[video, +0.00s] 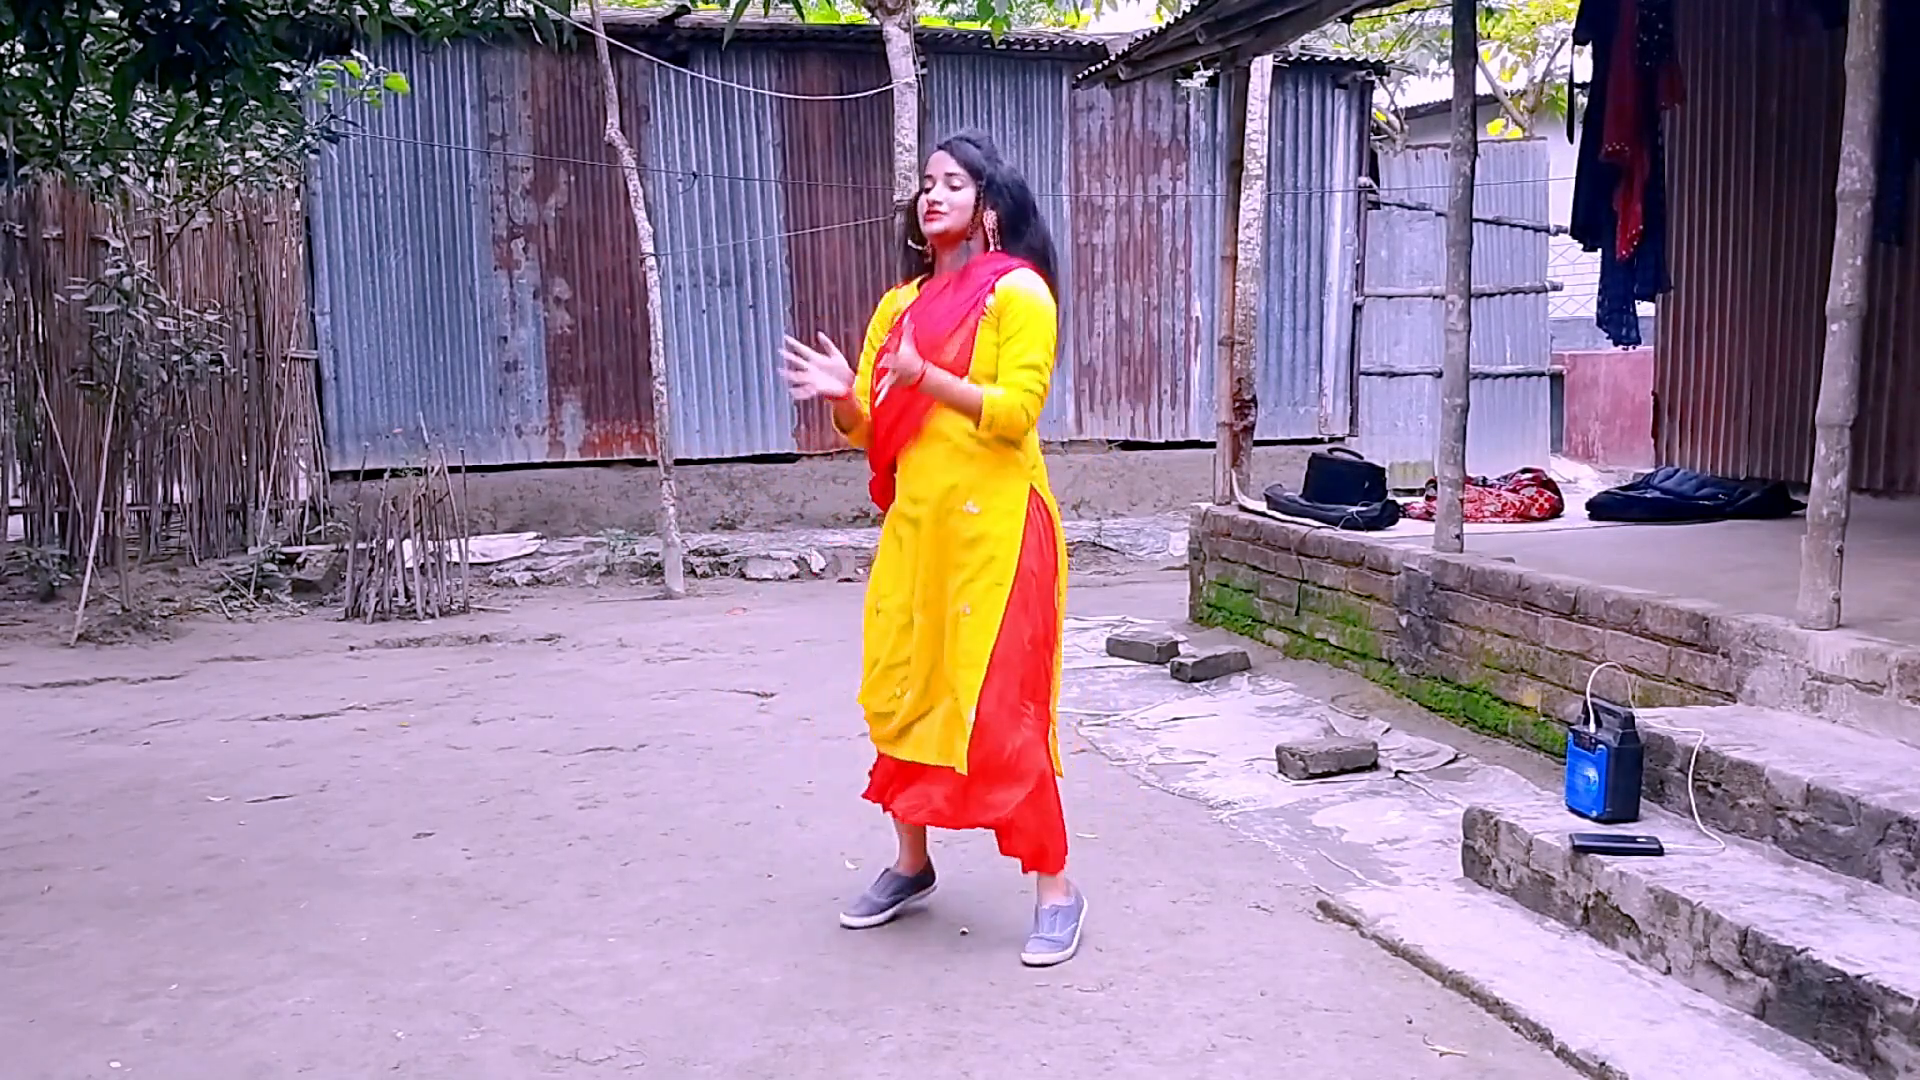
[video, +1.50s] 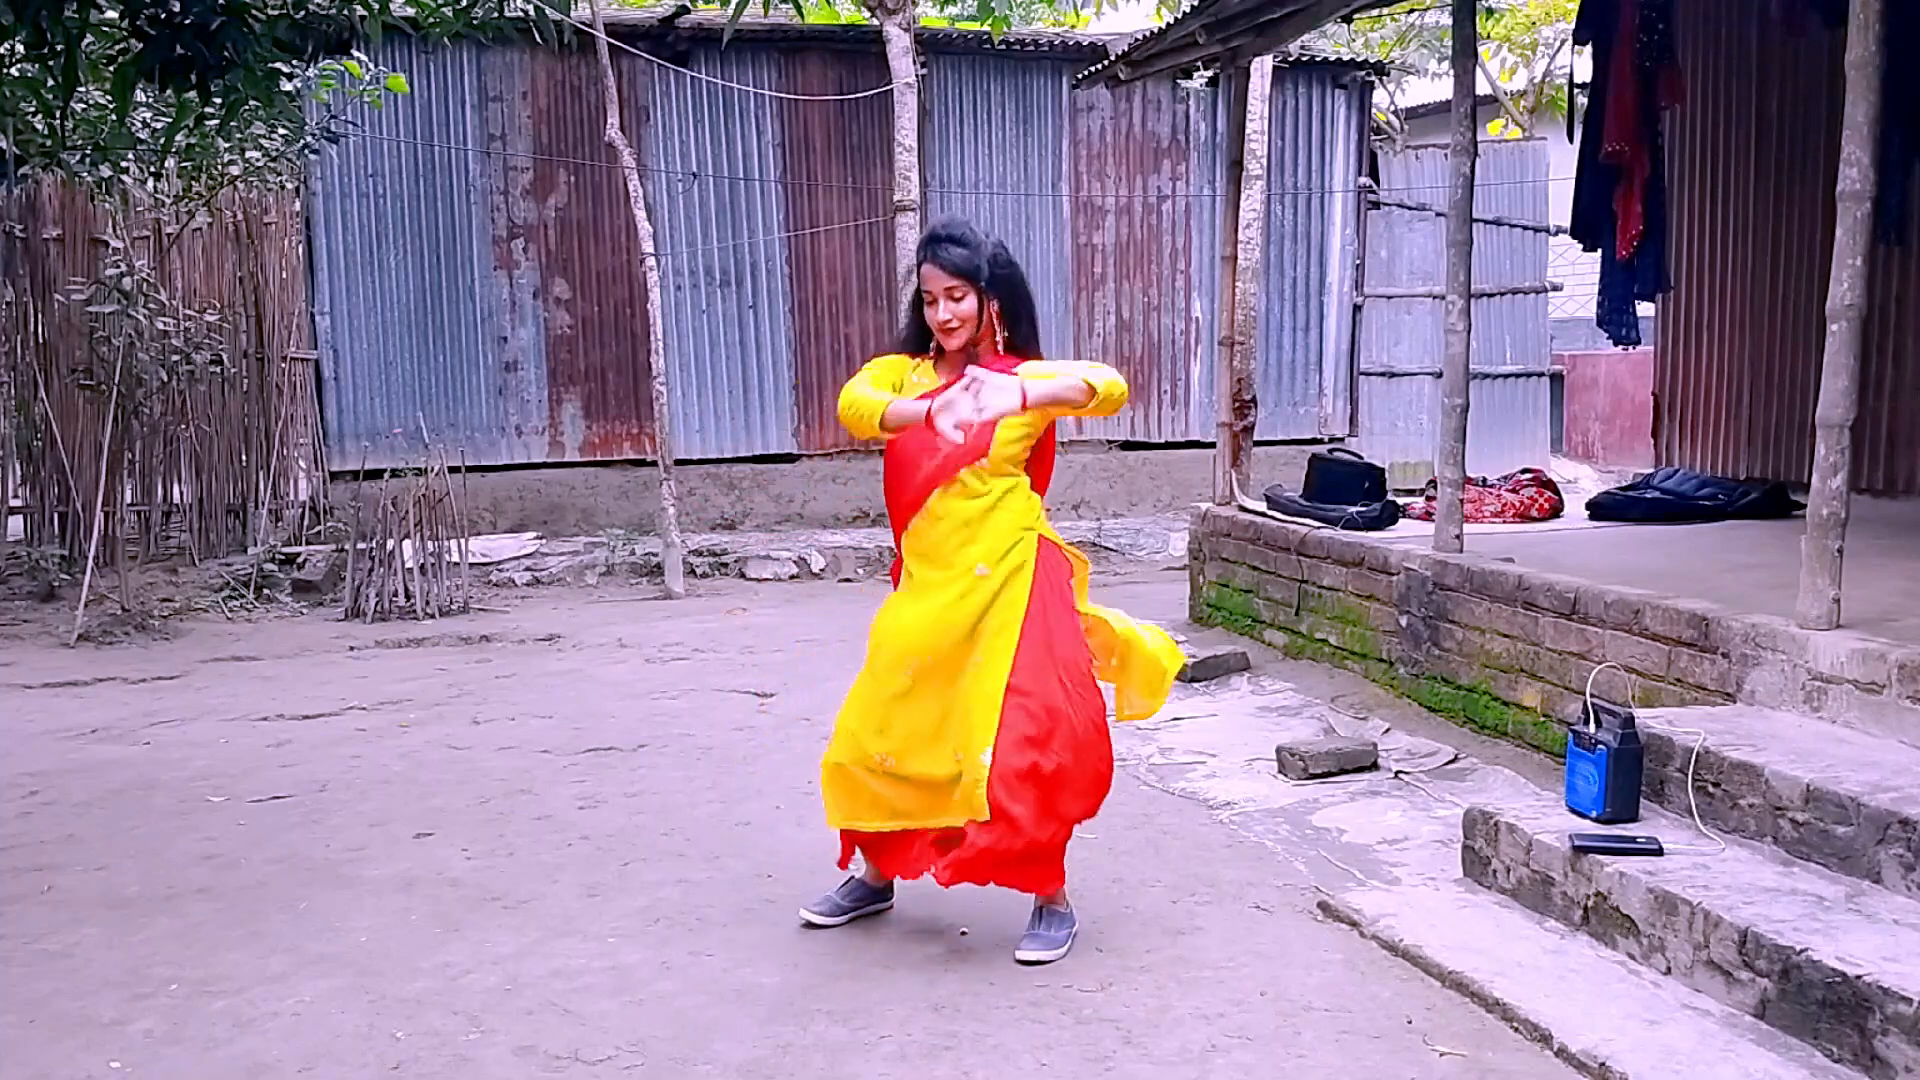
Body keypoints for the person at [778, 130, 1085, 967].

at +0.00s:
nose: (932, 195)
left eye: (950, 183)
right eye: (926, 185)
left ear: (989, 201)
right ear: (918, 206)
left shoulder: (1020, 292)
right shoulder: (896, 305)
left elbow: (1016, 413)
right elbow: (870, 432)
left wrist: (925, 375)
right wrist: (844, 395)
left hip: (1001, 520)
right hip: (914, 520)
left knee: (1000, 700)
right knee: (897, 687)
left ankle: (1052, 889)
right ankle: (913, 863)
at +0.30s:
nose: (920, 173)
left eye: (940, 157)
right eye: (911, 160)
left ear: (981, 175)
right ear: (901, 179)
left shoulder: (1008, 259)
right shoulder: (886, 264)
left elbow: (1062, 262)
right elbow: (804, 282)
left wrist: (975, 201)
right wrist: (869, 221)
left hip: (978, 482)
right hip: (888, 481)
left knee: (997, 671)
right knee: (867, 659)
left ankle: (1047, 867)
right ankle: (886, 839)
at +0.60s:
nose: (914, 315)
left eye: (927, 300)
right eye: (902, 302)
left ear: (959, 300)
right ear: (891, 310)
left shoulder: (982, 391)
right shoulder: (869, 381)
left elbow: (1005, 382)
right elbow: (843, 374)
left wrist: (999, 349)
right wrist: (897, 333)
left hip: (977, 570)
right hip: (892, 576)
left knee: (994, 738)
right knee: (842, 726)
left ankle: (1050, 899)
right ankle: (851, 874)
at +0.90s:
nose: (906, 288)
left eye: (919, 271)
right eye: (892, 277)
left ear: (953, 270)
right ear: (882, 287)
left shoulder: (1002, 361)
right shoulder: (864, 360)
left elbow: (981, 451)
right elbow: (784, 433)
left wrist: (875, 501)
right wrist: (773, 502)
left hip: (936, 579)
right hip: (844, 575)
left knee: (974, 734)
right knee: (836, 721)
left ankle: (1047, 899)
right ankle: (856, 872)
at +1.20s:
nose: (915, 328)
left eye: (930, 311)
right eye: (903, 312)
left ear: (963, 313)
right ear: (892, 318)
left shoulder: (997, 369)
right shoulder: (906, 400)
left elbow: (910, 392)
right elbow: (851, 437)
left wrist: (782, 406)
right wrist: (762, 440)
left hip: (983, 603)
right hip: (906, 599)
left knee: (940, 778)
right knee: (840, 732)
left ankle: (1040, 904)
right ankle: (861, 879)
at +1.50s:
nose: (943, 314)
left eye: (956, 297)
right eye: (930, 300)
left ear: (991, 299)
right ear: (919, 306)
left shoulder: (1026, 376)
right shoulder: (904, 372)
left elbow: (1109, 388)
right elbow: (854, 404)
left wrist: (1019, 394)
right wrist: (928, 409)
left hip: (1015, 577)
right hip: (926, 582)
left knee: (1032, 733)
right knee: (870, 727)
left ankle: (1051, 900)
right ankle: (873, 876)